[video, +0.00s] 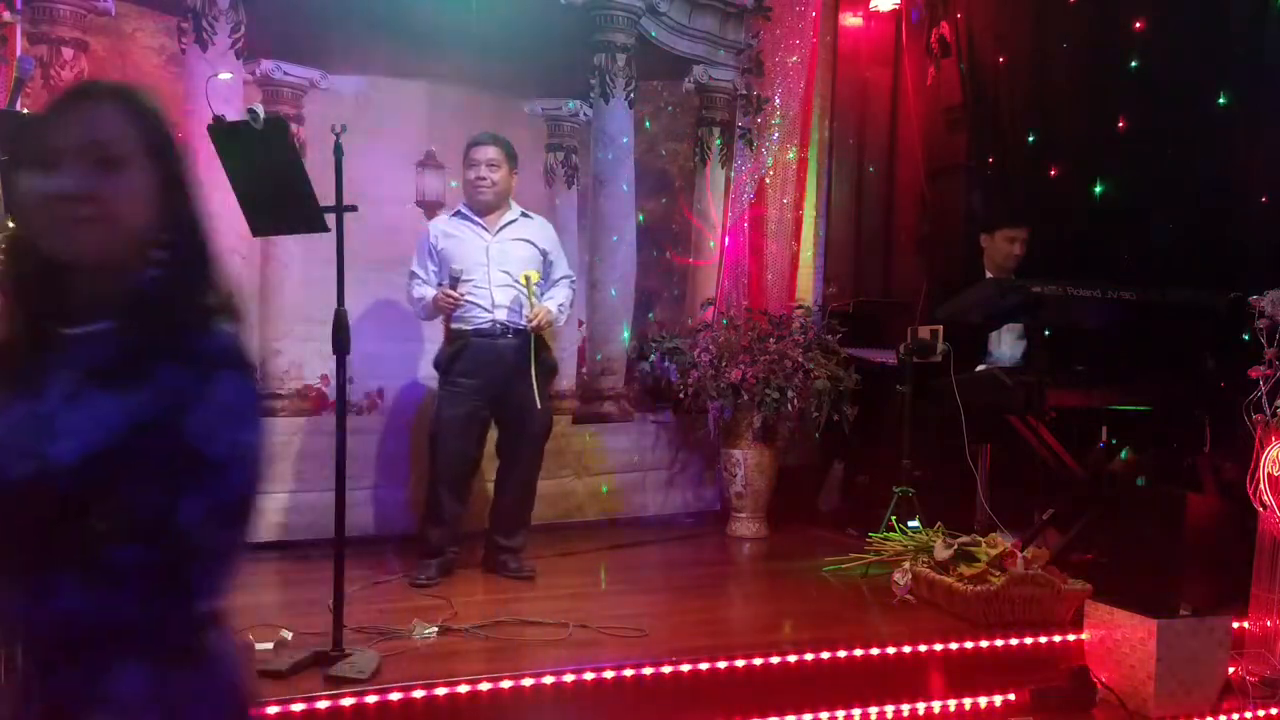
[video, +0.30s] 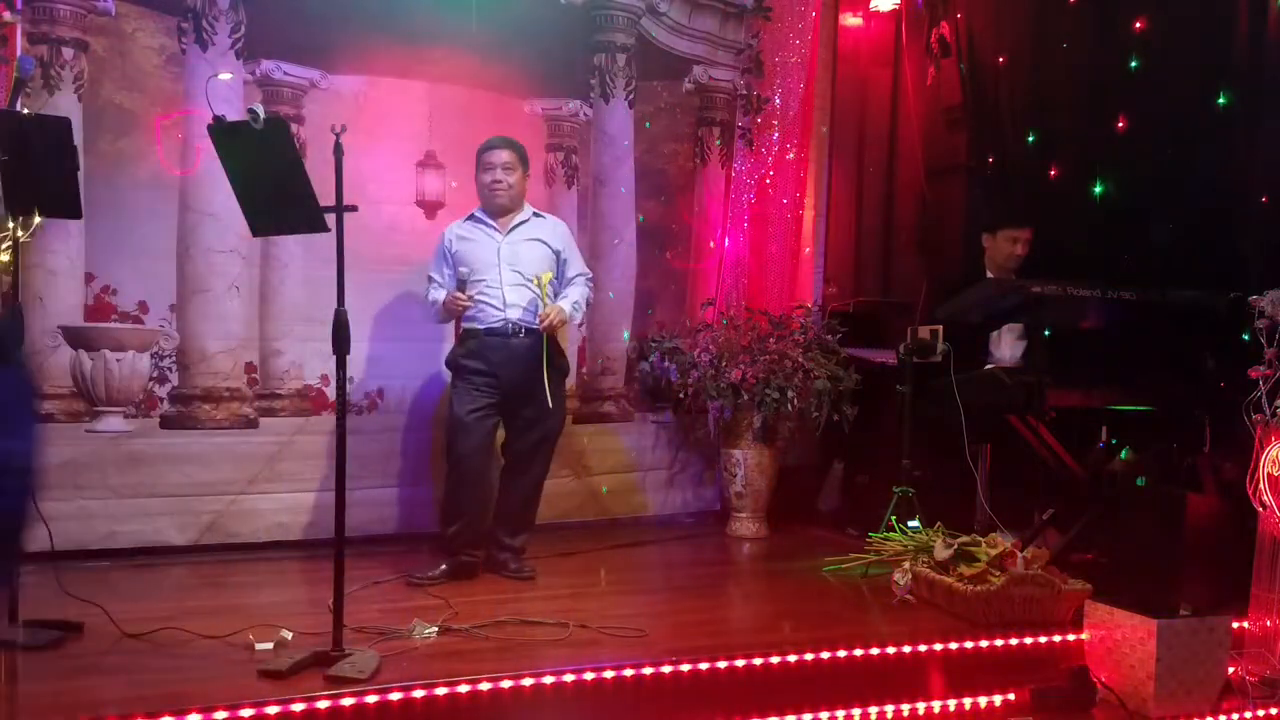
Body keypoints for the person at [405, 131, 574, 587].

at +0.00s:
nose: (481, 174)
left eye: (492, 166)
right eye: (472, 166)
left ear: (512, 175)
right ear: (462, 176)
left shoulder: (539, 229)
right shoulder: (441, 230)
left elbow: (563, 282)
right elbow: (418, 288)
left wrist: (551, 307)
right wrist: (434, 299)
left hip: (524, 354)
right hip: (467, 353)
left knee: (524, 458)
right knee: (451, 454)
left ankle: (506, 550)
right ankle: (440, 552)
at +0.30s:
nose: (497, 177)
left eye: (507, 169)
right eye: (488, 169)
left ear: (525, 178)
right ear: (477, 178)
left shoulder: (554, 231)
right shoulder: (456, 235)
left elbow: (580, 281)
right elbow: (436, 290)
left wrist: (566, 306)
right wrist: (446, 301)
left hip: (536, 354)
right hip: (477, 354)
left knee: (529, 456)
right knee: (467, 448)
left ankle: (508, 550)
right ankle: (463, 553)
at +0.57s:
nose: (519, 178)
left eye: (529, 171)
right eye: (509, 169)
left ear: (540, 182)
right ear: (491, 179)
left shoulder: (559, 236)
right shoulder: (465, 229)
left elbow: (584, 286)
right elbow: (438, 289)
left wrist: (570, 303)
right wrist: (449, 293)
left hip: (535, 354)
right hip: (477, 351)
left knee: (523, 460)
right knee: (463, 452)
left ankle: (507, 550)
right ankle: (457, 553)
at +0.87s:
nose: (533, 184)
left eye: (541, 178)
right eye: (523, 174)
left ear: (547, 190)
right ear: (499, 179)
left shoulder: (557, 244)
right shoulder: (462, 224)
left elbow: (574, 297)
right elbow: (430, 279)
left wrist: (570, 318)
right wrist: (447, 287)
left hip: (532, 354)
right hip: (475, 350)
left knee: (524, 459)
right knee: (454, 450)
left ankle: (506, 549)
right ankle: (436, 553)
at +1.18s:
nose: (507, 181)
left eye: (519, 175)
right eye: (499, 171)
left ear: (531, 189)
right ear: (483, 177)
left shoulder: (540, 244)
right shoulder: (447, 221)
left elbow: (550, 302)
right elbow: (416, 276)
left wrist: (554, 332)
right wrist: (440, 288)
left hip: (524, 355)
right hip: (465, 352)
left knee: (516, 461)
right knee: (443, 456)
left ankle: (506, 551)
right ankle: (415, 556)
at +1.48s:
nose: (472, 179)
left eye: (484, 172)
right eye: (463, 170)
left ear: (501, 183)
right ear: (452, 178)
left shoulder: (513, 242)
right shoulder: (421, 222)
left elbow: (528, 308)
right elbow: (389, 278)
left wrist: (551, 339)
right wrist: (416, 288)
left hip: (495, 353)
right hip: (437, 350)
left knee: (503, 454)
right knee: (423, 452)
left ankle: (503, 550)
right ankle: (414, 555)